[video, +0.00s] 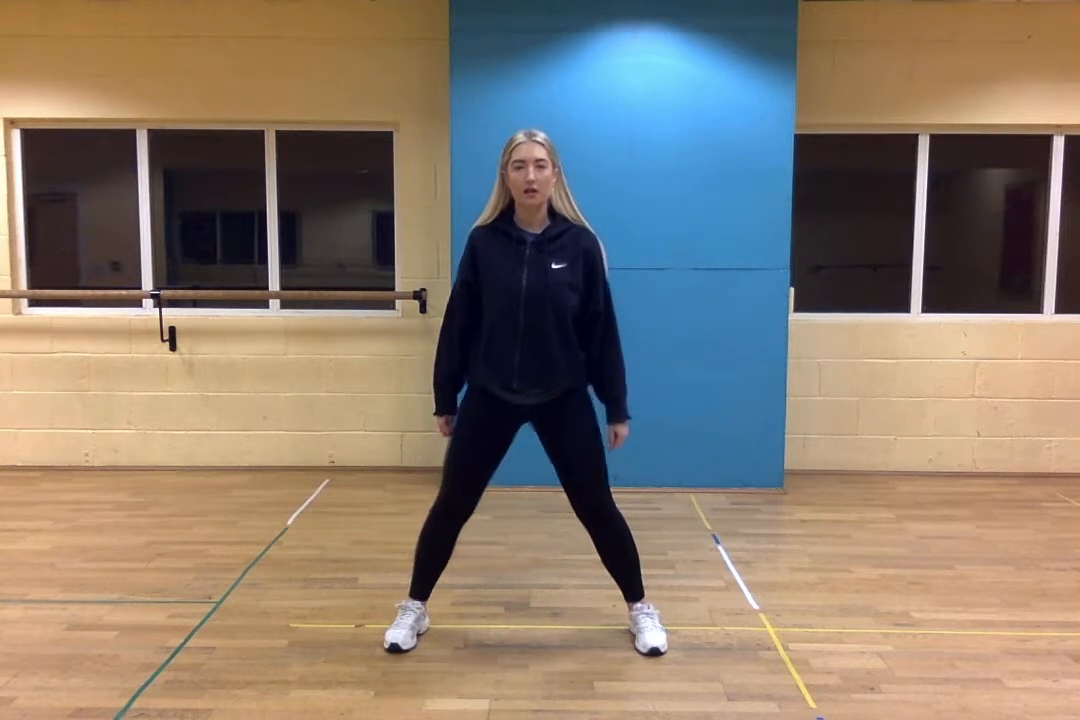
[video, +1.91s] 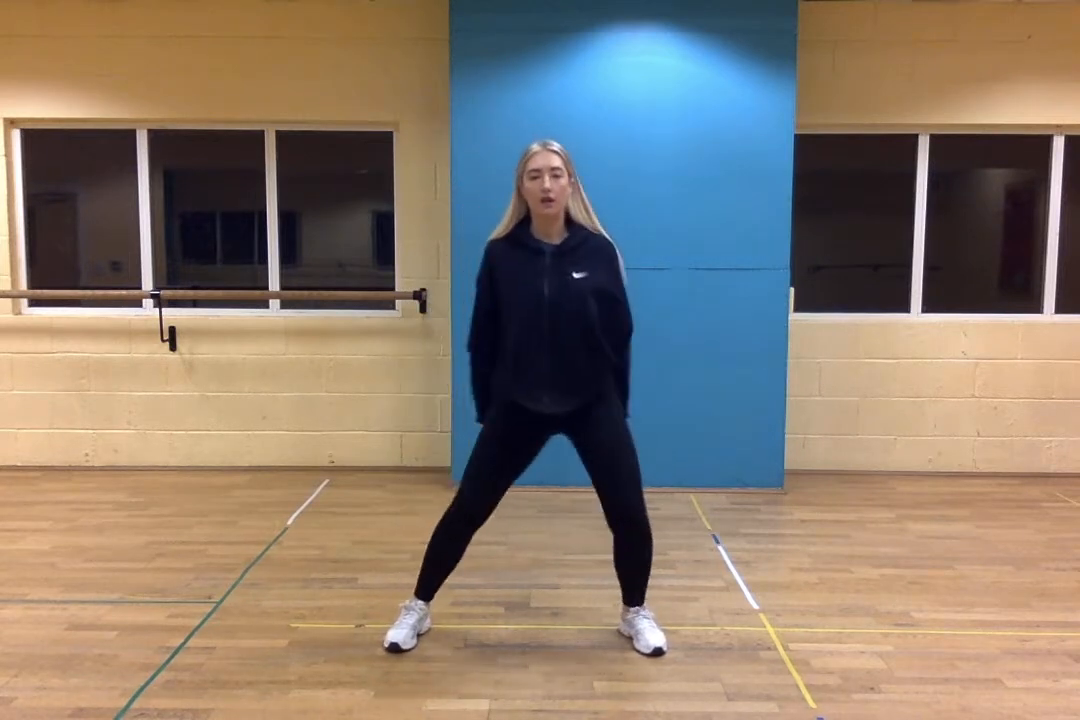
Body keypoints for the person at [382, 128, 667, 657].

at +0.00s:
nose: (530, 174)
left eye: (540, 165)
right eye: (520, 165)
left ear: (555, 174)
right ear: (506, 176)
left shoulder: (581, 242)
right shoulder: (484, 239)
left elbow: (601, 325)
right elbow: (458, 319)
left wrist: (617, 405)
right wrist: (445, 398)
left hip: (563, 395)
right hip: (491, 395)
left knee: (595, 505)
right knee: (452, 503)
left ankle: (640, 609)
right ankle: (414, 607)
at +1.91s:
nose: (547, 184)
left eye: (556, 174)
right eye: (536, 176)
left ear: (571, 184)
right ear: (522, 188)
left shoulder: (598, 248)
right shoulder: (501, 252)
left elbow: (619, 329)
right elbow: (483, 331)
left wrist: (617, 403)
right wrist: (486, 406)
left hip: (592, 401)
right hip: (520, 403)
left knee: (630, 511)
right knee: (468, 508)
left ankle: (635, 611)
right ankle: (417, 607)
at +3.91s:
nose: (550, 193)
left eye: (558, 183)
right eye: (538, 185)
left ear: (574, 192)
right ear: (525, 197)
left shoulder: (602, 258)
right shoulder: (505, 261)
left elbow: (630, 339)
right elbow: (485, 337)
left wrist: (647, 416)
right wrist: (486, 406)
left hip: (590, 412)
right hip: (517, 411)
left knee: (630, 516)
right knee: (459, 510)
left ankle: (637, 611)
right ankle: (416, 607)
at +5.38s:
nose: (507, 194)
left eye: (518, 185)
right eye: (497, 185)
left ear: (532, 196)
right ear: (482, 195)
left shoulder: (555, 261)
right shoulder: (458, 257)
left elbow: (573, 345)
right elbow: (429, 333)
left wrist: (593, 419)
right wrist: (412, 409)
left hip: (530, 409)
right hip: (459, 407)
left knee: (583, 511)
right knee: (415, 514)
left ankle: (631, 609)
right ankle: (415, 608)